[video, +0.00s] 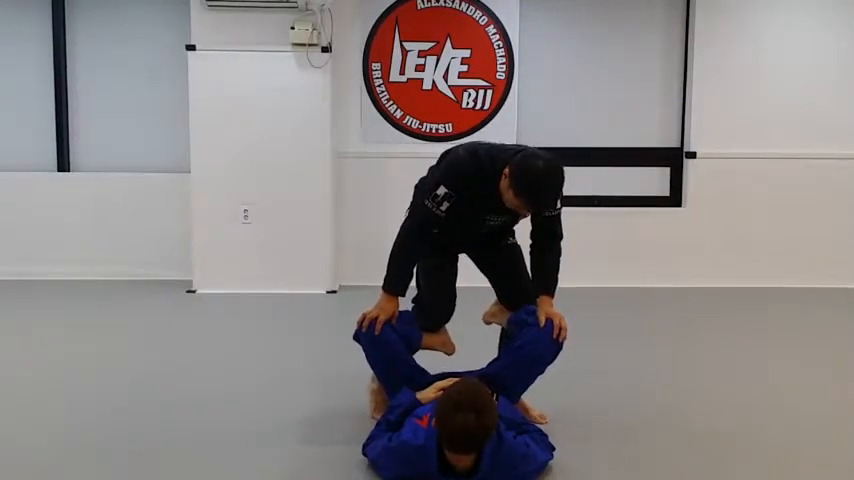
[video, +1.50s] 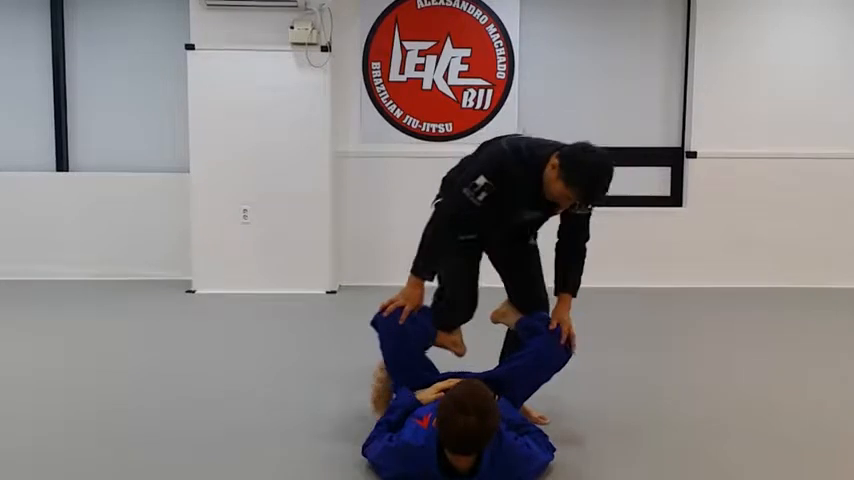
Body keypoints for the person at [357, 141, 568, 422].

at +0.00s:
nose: (522, 215)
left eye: (529, 211)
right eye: (518, 206)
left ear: (547, 194)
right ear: (506, 177)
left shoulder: (545, 181)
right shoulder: (462, 165)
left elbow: (547, 239)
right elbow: (413, 228)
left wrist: (546, 299)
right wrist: (390, 296)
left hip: (491, 231)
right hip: (439, 230)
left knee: (525, 304)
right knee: (436, 311)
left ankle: (508, 392)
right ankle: (385, 373)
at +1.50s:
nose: (566, 207)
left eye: (576, 203)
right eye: (566, 196)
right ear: (553, 167)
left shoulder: (581, 183)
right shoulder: (501, 160)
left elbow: (573, 239)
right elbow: (446, 215)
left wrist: (564, 304)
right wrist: (416, 283)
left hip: (513, 229)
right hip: (464, 221)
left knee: (534, 311)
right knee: (458, 308)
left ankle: (509, 398)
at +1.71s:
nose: (575, 198)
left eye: (584, 194)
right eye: (574, 187)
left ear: (595, 189)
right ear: (563, 160)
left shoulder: (587, 180)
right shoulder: (513, 156)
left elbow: (580, 233)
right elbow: (458, 213)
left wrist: (571, 292)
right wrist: (425, 281)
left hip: (520, 231)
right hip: (472, 220)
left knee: (535, 311)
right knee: (483, 295)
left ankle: (508, 398)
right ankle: (403, 318)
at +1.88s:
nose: (577, 193)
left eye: (586, 189)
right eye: (576, 182)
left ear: (598, 183)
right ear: (566, 154)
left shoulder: (588, 175)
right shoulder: (517, 153)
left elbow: (584, 228)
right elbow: (462, 211)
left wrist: (575, 286)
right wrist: (430, 279)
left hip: (526, 234)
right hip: (478, 223)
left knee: (538, 316)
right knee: (502, 295)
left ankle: (510, 399)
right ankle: (431, 291)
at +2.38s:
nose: (581, 186)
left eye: (589, 181)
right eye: (580, 175)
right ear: (568, 147)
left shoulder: (583, 171)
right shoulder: (517, 154)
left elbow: (576, 220)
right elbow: (464, 212)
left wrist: (557, 273)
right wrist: (433, 282)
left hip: (522, 237)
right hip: (478, 230)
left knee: (542, 311)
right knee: (519, 305)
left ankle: (508, 396)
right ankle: (458, 320)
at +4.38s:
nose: (582, 163)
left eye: (591, 159)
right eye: (582, 152)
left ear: (601, 155)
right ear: (567, 127)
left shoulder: (577, 163)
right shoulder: (513, 141)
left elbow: (576, 214)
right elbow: (461, 197)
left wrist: (575, 270)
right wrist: (438, 269)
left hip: (517, 240)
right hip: (473, 234)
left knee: (542, 314)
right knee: (511, 299)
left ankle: (505, 395)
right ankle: (435, 282)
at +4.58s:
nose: (595, 152)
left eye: (603, 147)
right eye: (591, 141)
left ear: (608, 147)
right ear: (568, 125)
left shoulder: (577, 166)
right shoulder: (516, 145)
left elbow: (575, 218)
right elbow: (463, 202)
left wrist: (577, 275)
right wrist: (443, 274)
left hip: (517, 242)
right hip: (474, 236)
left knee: (546, 316)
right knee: (509, 310)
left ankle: (506, 398)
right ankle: (431, 287)